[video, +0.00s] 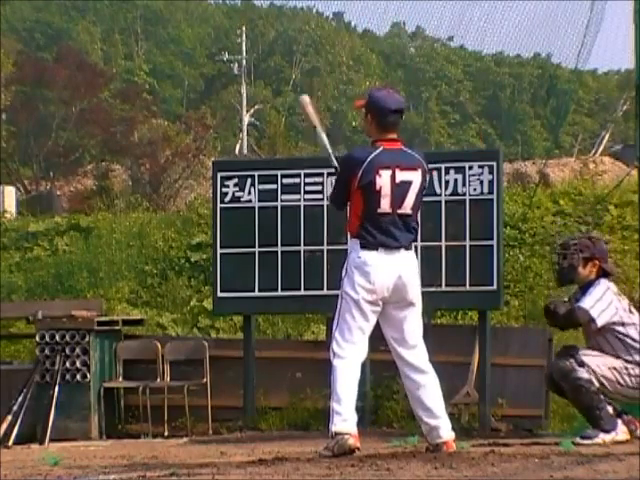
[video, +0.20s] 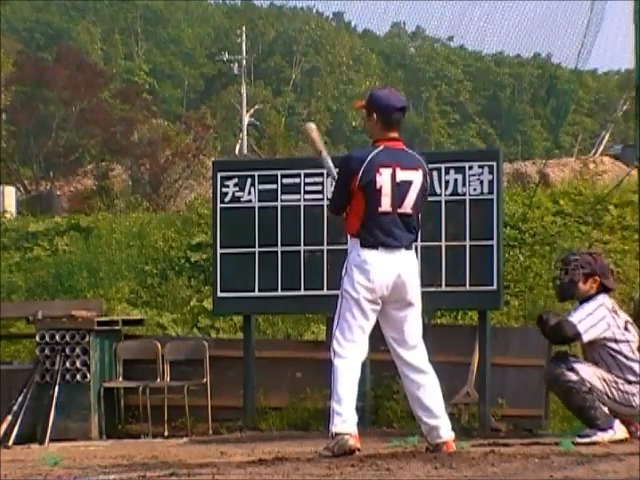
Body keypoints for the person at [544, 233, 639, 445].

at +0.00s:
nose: (566, 264)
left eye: (574, 259)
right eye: (566, 258)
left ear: (594, 266)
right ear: (593, 266)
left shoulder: (602, 288)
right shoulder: (589, 290)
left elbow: (574, 318)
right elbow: (568, 310)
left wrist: (554, 310)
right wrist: (555, 311)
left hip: (633, 371)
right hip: (621, 368)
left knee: (567, 363)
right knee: (556, 373)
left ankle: (611, 428)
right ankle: (620, 421)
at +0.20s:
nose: (564, 279)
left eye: (571, 274)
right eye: (565, 273)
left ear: (593, 282)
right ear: (592, 283)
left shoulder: (600, 305)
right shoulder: (598, 304)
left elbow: (562, 333)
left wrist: (546, 321)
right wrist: (552, 322)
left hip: (632, 394)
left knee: (560, 366)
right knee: (563, 362)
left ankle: (608, 427)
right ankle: (625, 421)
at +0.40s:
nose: (564, 282)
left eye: (572, 277)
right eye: (565, 276)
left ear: (593, 286)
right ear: (593, 286)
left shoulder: (598, 308)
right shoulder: (603, 306)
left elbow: (566, 337)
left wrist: (536, 322)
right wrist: (535, 322)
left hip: (630, 396)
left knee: (555, 371)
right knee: (567, 364)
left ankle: (606, 426)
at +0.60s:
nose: (561, 284)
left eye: (569, 279)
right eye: (563, 277)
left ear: (591, 286)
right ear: (591, 287)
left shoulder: (593, 310)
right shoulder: (603, 307)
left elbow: (564, 351)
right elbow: (574, 350)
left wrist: (536, 323)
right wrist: (541, 331)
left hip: (630, 396)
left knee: (556, 372)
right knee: (564, 367)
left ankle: (606, 426)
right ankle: (625, 421)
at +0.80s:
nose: (559, 286)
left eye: (567, 281)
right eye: (561, 280)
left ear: (589, 288)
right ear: (589, 289)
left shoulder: (591, 310)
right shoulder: (603, 308)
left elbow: (562, 353)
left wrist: (524, 332)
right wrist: (546, 355)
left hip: (629, 397)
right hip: (630, 394)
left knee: (555, 373)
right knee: (565, 368)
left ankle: (606, 426)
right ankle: (625, 421)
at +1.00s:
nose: (555, 287)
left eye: (563, 282)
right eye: (556, 281)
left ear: (585, 289)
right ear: (585, 290)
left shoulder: (587, 312)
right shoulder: (601, 309)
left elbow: (572, 357)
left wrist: (527, 341)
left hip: (629, 398)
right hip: (631, 394)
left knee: (552, 374)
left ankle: (606, 426)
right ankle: (624, 422)